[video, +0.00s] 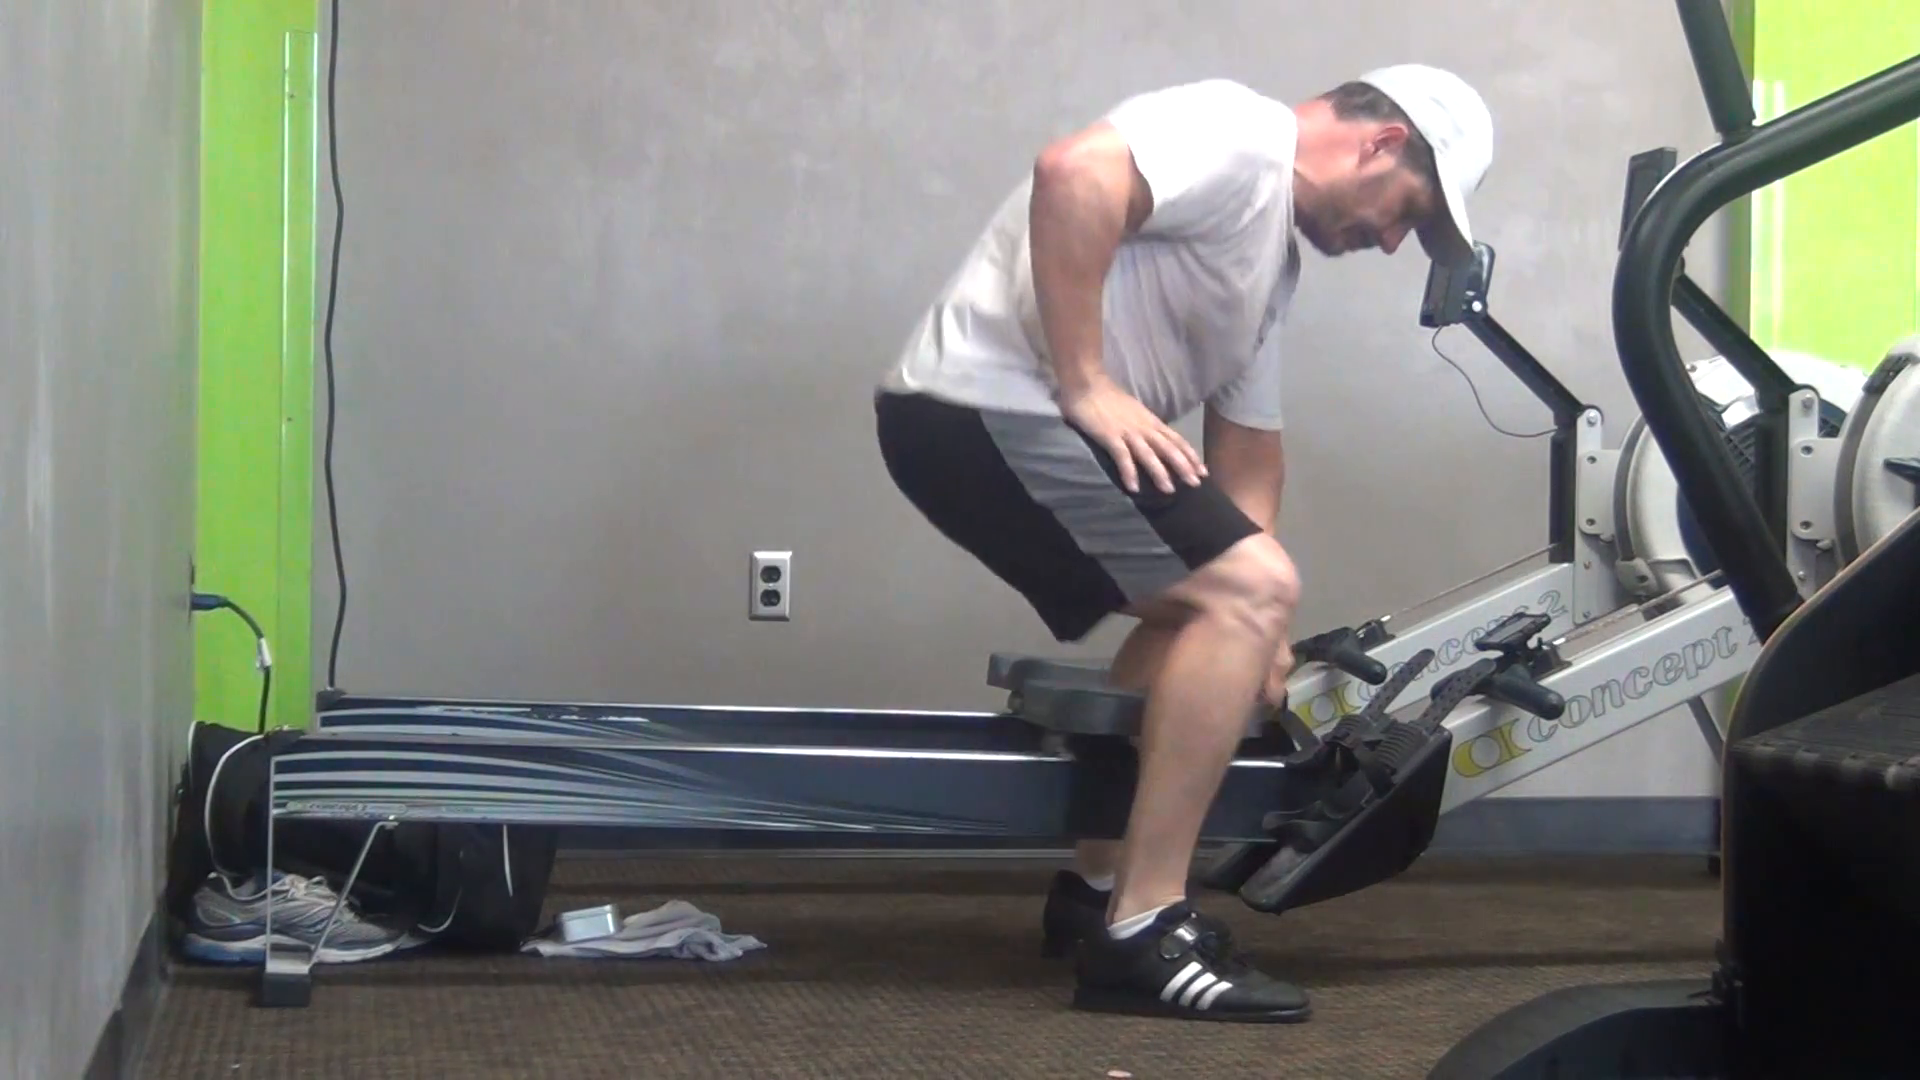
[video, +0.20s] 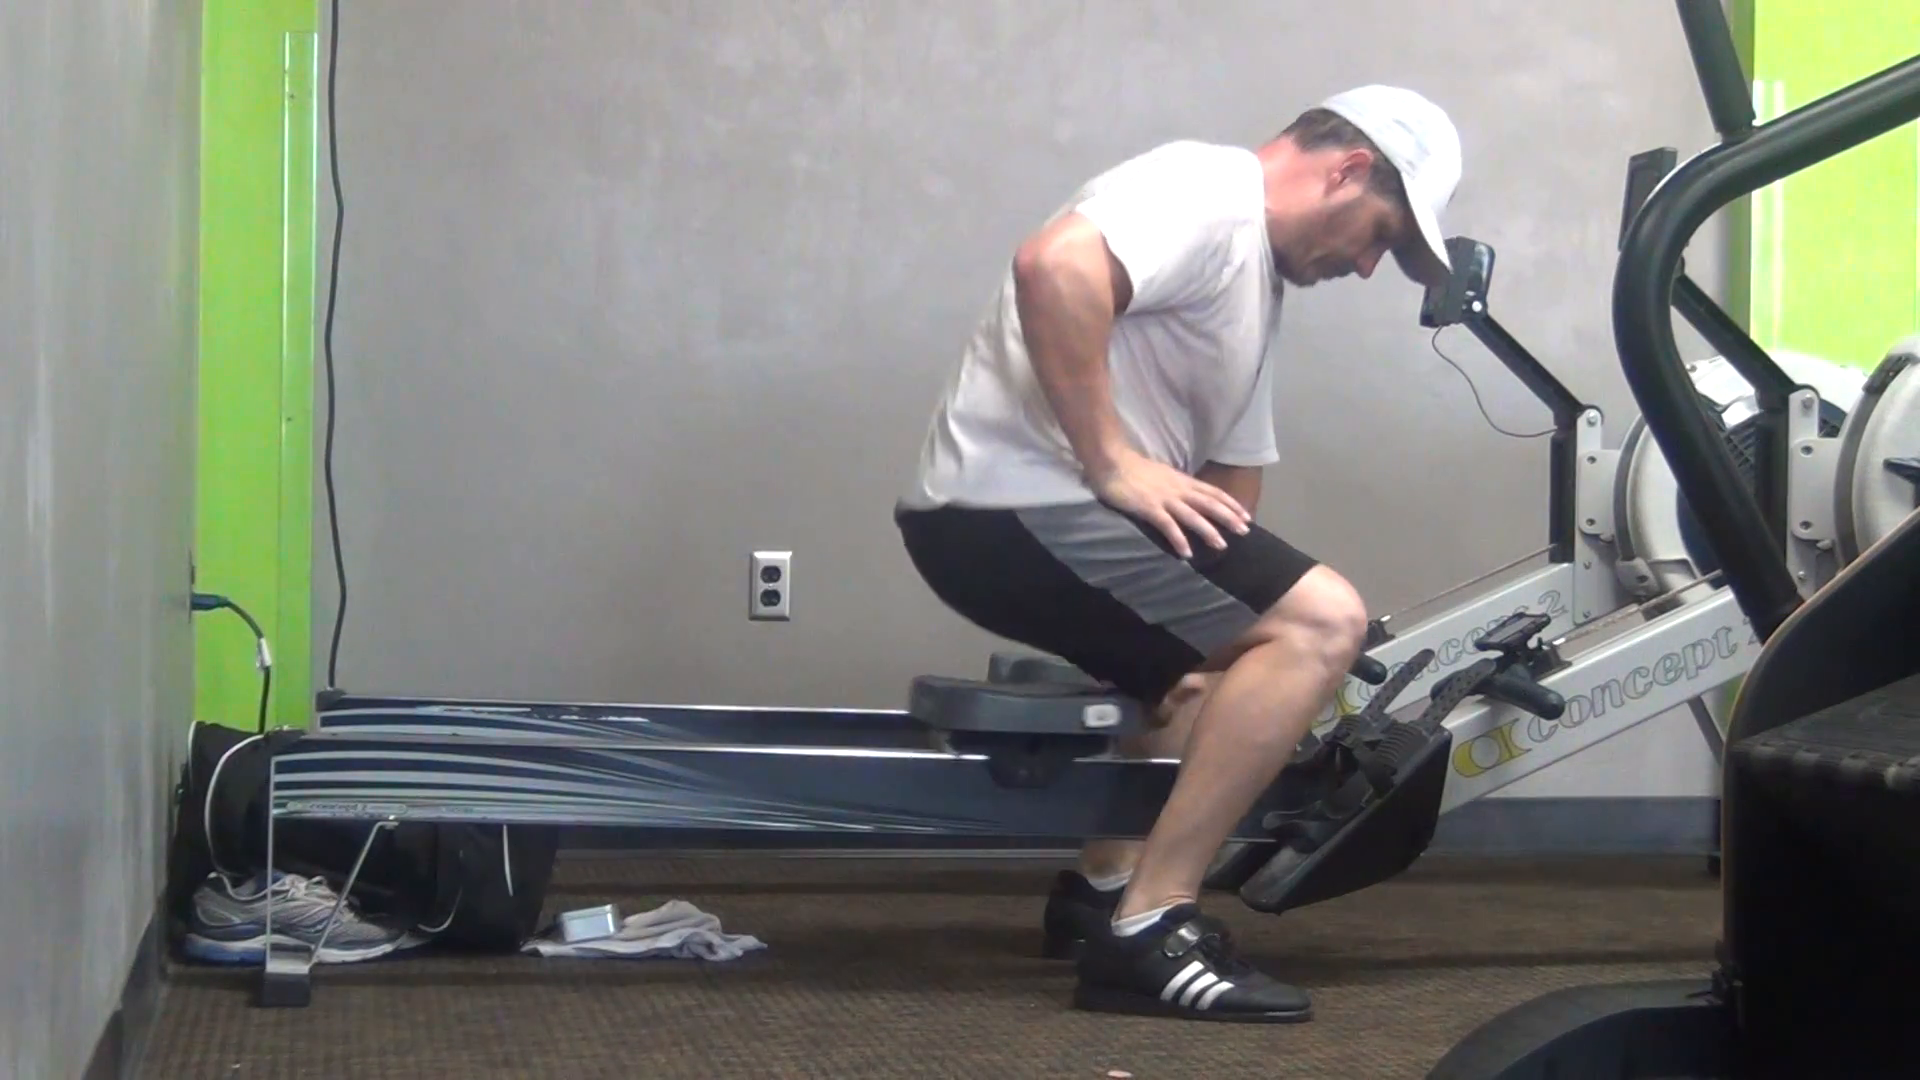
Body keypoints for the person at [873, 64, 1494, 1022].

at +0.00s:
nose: (1392, 243)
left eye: (1414, 231)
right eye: (1411, 213)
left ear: (1375, 145)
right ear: (1382, 143)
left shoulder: (1269, 258)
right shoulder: (1246, 136)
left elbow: (1248, 445)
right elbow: (1079, 175)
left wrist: (1258, 633)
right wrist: (1086, 381)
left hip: (1021, 413)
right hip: (982, 397)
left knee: (1199, 607)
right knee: (1256, 590)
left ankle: (1096, 884)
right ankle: (1142, 929)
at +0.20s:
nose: (1369, 266)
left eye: (1389, 252)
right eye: (1384, 236)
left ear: (1341, 171)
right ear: (1347, 169)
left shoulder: (1254, 292)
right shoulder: (1213, 189)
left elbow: (1228, 489)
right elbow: (1058, 265)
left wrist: (1238, 644)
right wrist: (1112, 458)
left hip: (1048, 509)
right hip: (1006, 501)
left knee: (1209, 673)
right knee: (1322, 621)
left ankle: (1102, 885)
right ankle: (1148, 929)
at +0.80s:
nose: (1173, 246)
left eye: (1185, 222)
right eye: (1175, 212)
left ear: (1114, 177)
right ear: (1116, 171)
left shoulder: (1066, 314)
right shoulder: (989, 239)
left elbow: (1132, 501)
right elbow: (855, 376)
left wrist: (1267, 652)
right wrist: (974, 529)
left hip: (954, 596)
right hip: (884, 597)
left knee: (1205, 692)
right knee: (1244, 584)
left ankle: (1109, 892)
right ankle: (1139, 925)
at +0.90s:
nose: (1158, 235)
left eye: (1168, 212)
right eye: (1156, 199)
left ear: (1098, 172)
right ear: (1095, 163)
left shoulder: (1060, 333)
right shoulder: (962, 236)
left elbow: (1137, 506)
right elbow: (827, 369)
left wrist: (1272, 662)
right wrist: (947, 528)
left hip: (943, 599)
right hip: (860, 597)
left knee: (1199, 644)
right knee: (1224, 573)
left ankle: (1134, 933)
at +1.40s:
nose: (1087, 217)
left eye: (1095, 195)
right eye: (1083, 183)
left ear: (1020, 155)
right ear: (1020, 147)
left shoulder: (1008, 334)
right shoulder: (887, 225)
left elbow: (1104, 505)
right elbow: (753, 361)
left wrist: (1245, 650)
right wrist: (892, 521)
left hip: (906, 598)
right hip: (814, 596)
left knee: (1161, 621)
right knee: (1177, 559)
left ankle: (1137, 924)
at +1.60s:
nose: (1036, 208)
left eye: (1044, 187)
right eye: (1031, 173)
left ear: (972, 143)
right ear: (969, 138)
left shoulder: (980, 327)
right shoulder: (832, 214)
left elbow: (1093, 497)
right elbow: (692, 337)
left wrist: (1238, 622)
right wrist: (854, 469)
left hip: (905, 588)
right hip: (809, 585)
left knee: (1104, 589)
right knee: (1134, 467)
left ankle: (1144, 878)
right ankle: (1165, 821)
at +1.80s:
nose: (1018, 206)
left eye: (1027, 188)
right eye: (1012, 174)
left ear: (949, 149)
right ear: (946, 142)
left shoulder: (972, 331)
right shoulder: (809, 218)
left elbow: (1088, 509)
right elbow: (656, 325)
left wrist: (1234, 623)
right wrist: (822, 450)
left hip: (900, 608)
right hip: (797, 591)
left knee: (1097, 602)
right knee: (1098, 401)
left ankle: (1137, 887)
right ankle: (1138, 729)